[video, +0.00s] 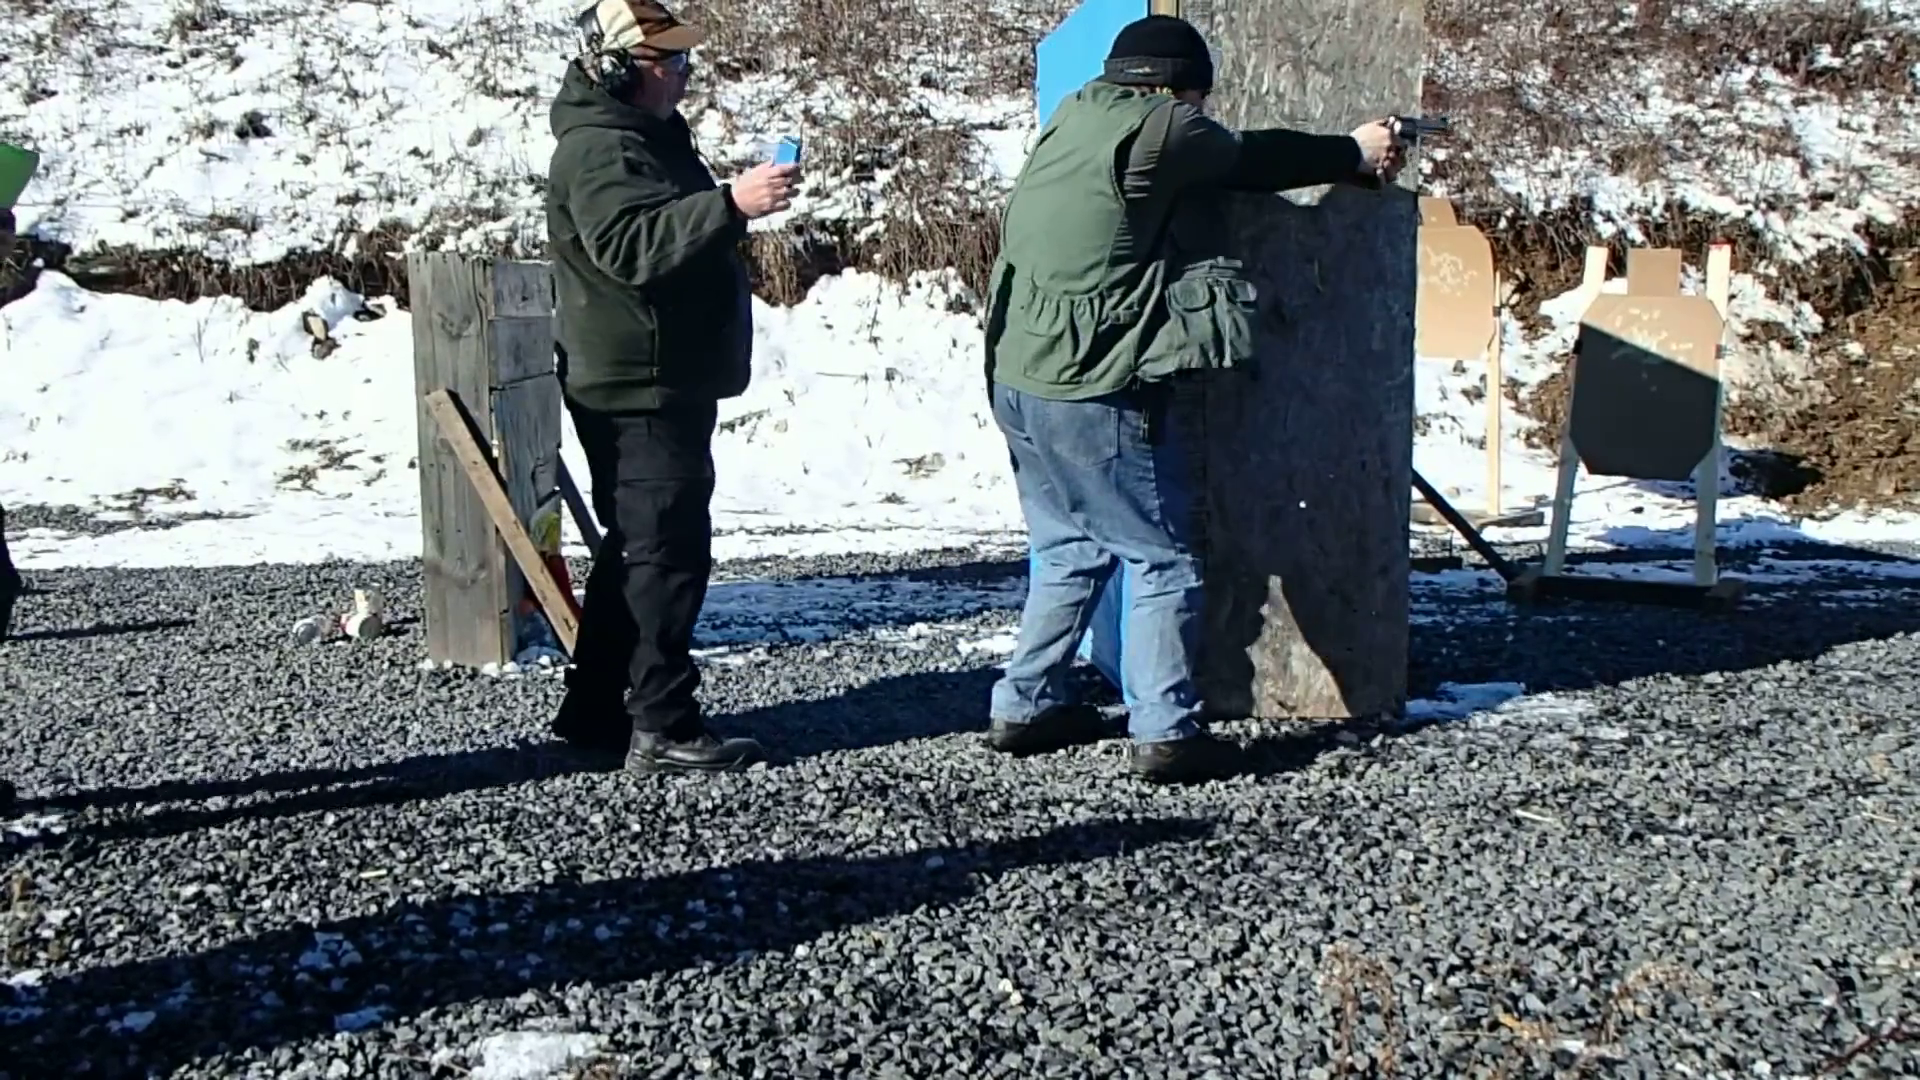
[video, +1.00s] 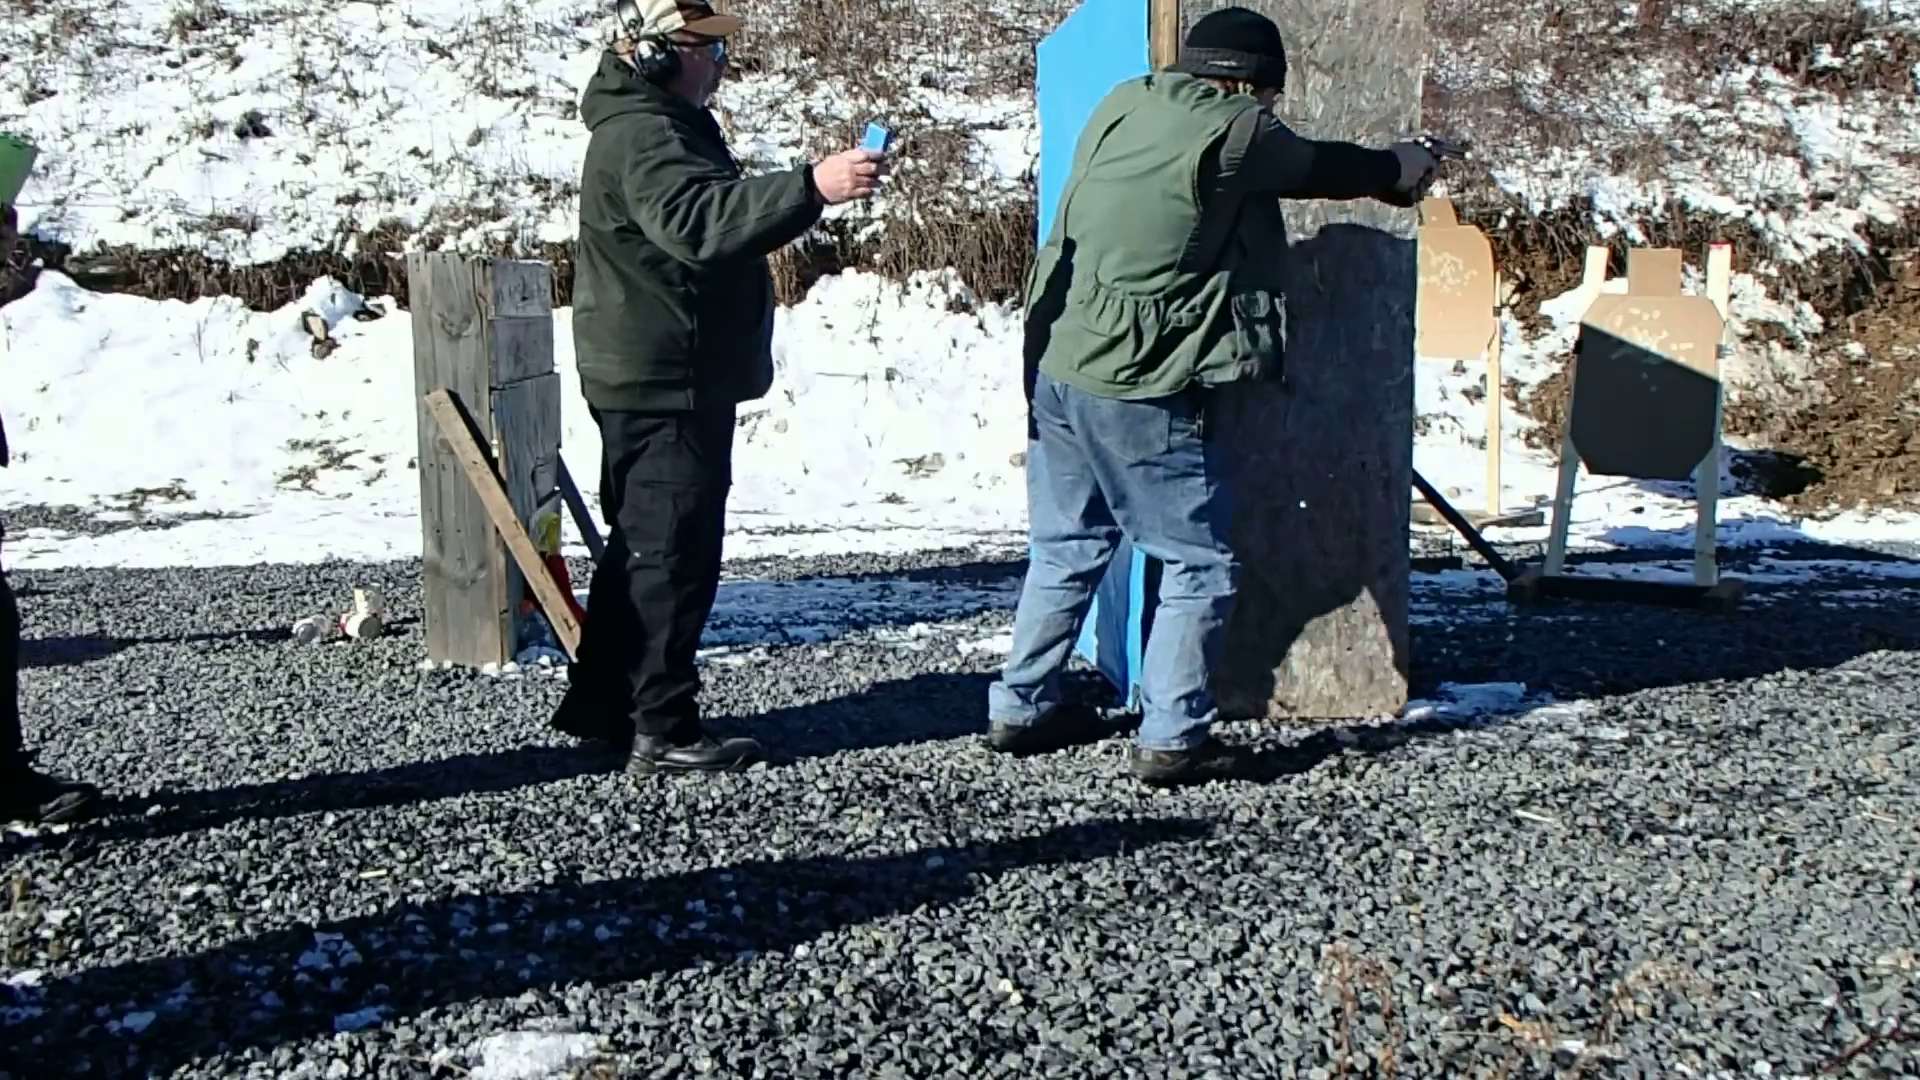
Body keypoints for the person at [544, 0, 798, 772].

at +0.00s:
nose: (685, 74)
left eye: (683, 61)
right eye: (675, 62)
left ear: (633, 67)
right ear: (637, 69)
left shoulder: (636, 134)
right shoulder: (601, 143)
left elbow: (657, 235)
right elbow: (634, 249)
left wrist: (736, 200)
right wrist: (732, 203)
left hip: (651, 383)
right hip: (640, 389)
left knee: (634, 545)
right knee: (666, 552)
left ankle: (596, 711)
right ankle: (663, 729)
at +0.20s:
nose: (702, 69)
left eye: (701, 56)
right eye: (690, 56)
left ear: (645, 62)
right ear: (643, 61)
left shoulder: (657, 129)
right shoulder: (621, 137)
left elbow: (695, 220)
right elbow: (667, 231)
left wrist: (773, 173)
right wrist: (773, 177)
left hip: (662, 381)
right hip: (653, 386)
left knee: (640, 546)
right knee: (671, 552)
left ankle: (597, 708)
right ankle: (661, 729)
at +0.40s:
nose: (707, 66)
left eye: (707, 53)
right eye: (696, 52)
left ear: (649, 57)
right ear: (651, 56)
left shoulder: (663, 127)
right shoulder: (628, 135)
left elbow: (704, 220)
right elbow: (683, 224)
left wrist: (789, 172)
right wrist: (794, 175)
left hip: (671, 382)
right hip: (656, 386)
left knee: (644, 547)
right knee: (670, 554)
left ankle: (598, 706)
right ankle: (662, 731)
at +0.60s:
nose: (709, 64)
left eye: (708, 51)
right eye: (698, 50)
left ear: (644, 55)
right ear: (650, 55)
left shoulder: (654, 126)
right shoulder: (634, 134)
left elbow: (702, 224)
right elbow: (691, 226)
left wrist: (792, 180)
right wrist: (802, 182)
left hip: (664, 380)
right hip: (660, 385)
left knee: (644, 548)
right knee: (671, 556)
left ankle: (599, 705)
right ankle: (662, 730)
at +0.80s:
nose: (717, 63)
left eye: (716, 49)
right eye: (704, 48)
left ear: (650, 55)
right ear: (655, 53)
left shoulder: (654, 122)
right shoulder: (641, 132)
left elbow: (703, 223)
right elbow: (695, 226)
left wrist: (795, 192)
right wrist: (807, 183)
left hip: (657, 377)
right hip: (665, 384)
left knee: (643, 546)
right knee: (674, 555)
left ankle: (600, 704)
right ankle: (662, 731)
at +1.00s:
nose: (720, 63)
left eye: (720, 49)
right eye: (709, 48)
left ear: (658, 53)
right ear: (661, 51)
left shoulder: (666, 123)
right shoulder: (645, 130)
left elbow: (716, 221)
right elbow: (700, 226)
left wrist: (808, 190)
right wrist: (812, 185)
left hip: (669, 378)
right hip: (666, 383)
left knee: (645, 546)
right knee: (675, 554)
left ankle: (600, 702)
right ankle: (662, 731)